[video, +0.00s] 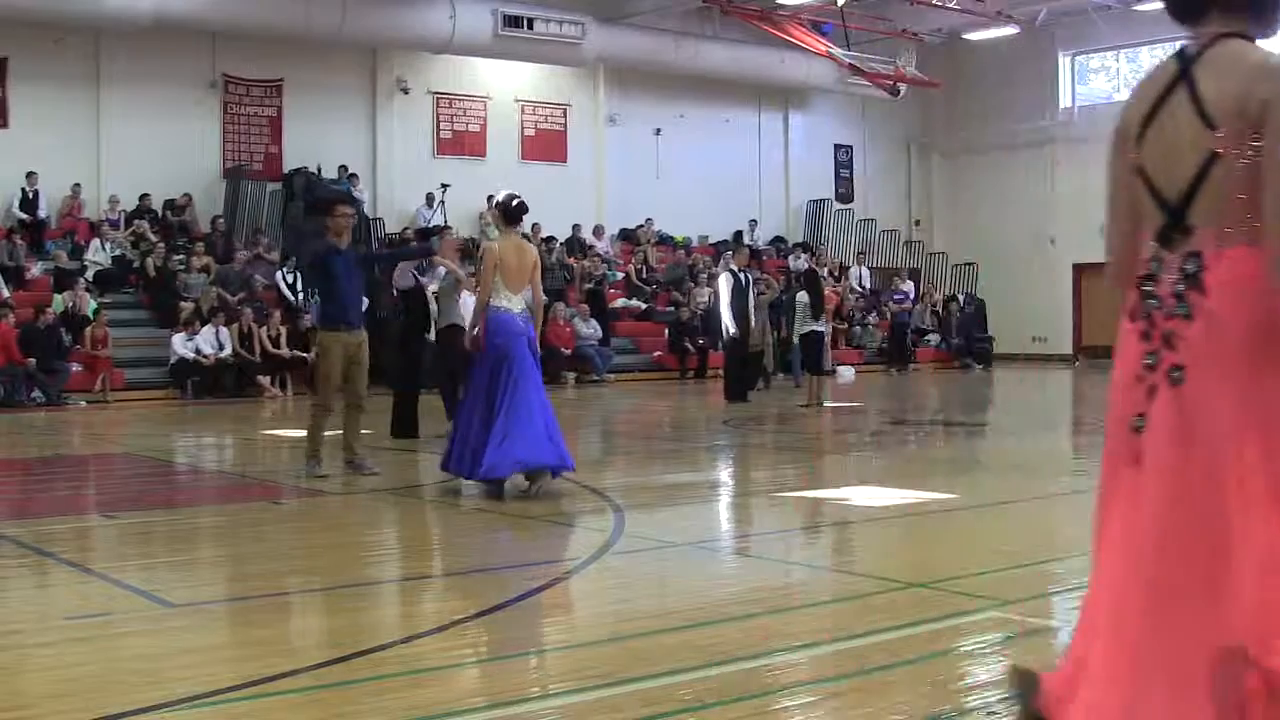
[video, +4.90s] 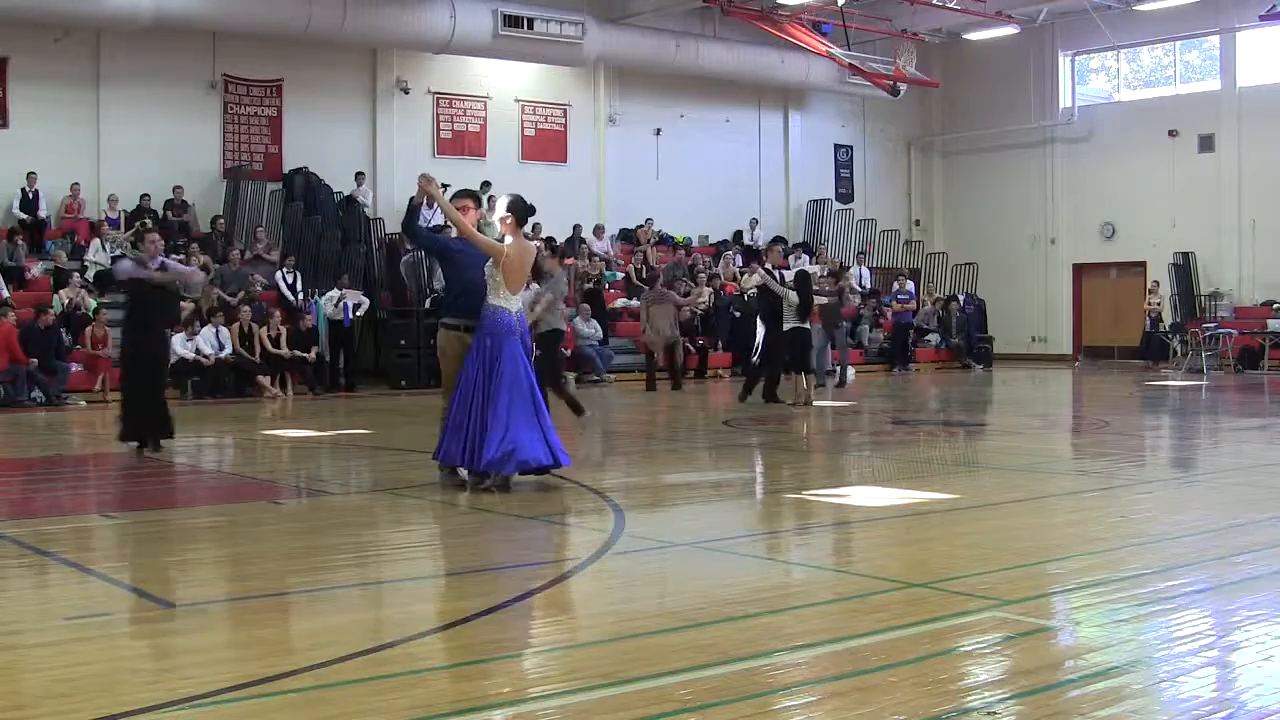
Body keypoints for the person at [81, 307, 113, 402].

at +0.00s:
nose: (106, 318)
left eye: (106, 316)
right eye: (103, 316)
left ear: (105, 318)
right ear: (97, 317)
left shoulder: (107, 331)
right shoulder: (89, 330)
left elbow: (109, 349)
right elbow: (87, 349)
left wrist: (103, 352)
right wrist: (99, 353)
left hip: (103, 355)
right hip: (92, 356)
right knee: (105, 366)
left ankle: (98, 381)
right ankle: (107, 393)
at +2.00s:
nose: (106, 318)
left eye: (106, 315)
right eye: (104, 315)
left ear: (106, 317)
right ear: (97, 317)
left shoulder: (108, 331)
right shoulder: (89, 330)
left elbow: (109, 349)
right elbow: (88, 350)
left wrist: (103, 352)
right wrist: (99, 353)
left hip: (103, 355)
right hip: (92, 356)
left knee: (104, 359)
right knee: (107, 363)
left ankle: (98, 382)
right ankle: (107, 393)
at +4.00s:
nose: (106, 317)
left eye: (106, 315)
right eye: (104, 315)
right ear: (97, 316)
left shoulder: (107, 330)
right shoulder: (89, 330)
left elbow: (109, 348)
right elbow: (89, 350)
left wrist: (105, 352)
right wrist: (99, 353)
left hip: (103, 355)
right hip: (92, 355)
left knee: (104, 360)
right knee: (107, 364)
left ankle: (98, 382)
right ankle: (107, 393)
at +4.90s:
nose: (106, 316)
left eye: (106, 314)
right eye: (103, 314)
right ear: (96, 316)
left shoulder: (108, 330)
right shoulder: (89, 330)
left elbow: (109, 349)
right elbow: (89, 350)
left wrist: (104, 351)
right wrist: (100, 353)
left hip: (103, 355)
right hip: (92, 356)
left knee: (104, 360)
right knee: (105, 365)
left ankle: (98, 383)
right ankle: (106, 393)